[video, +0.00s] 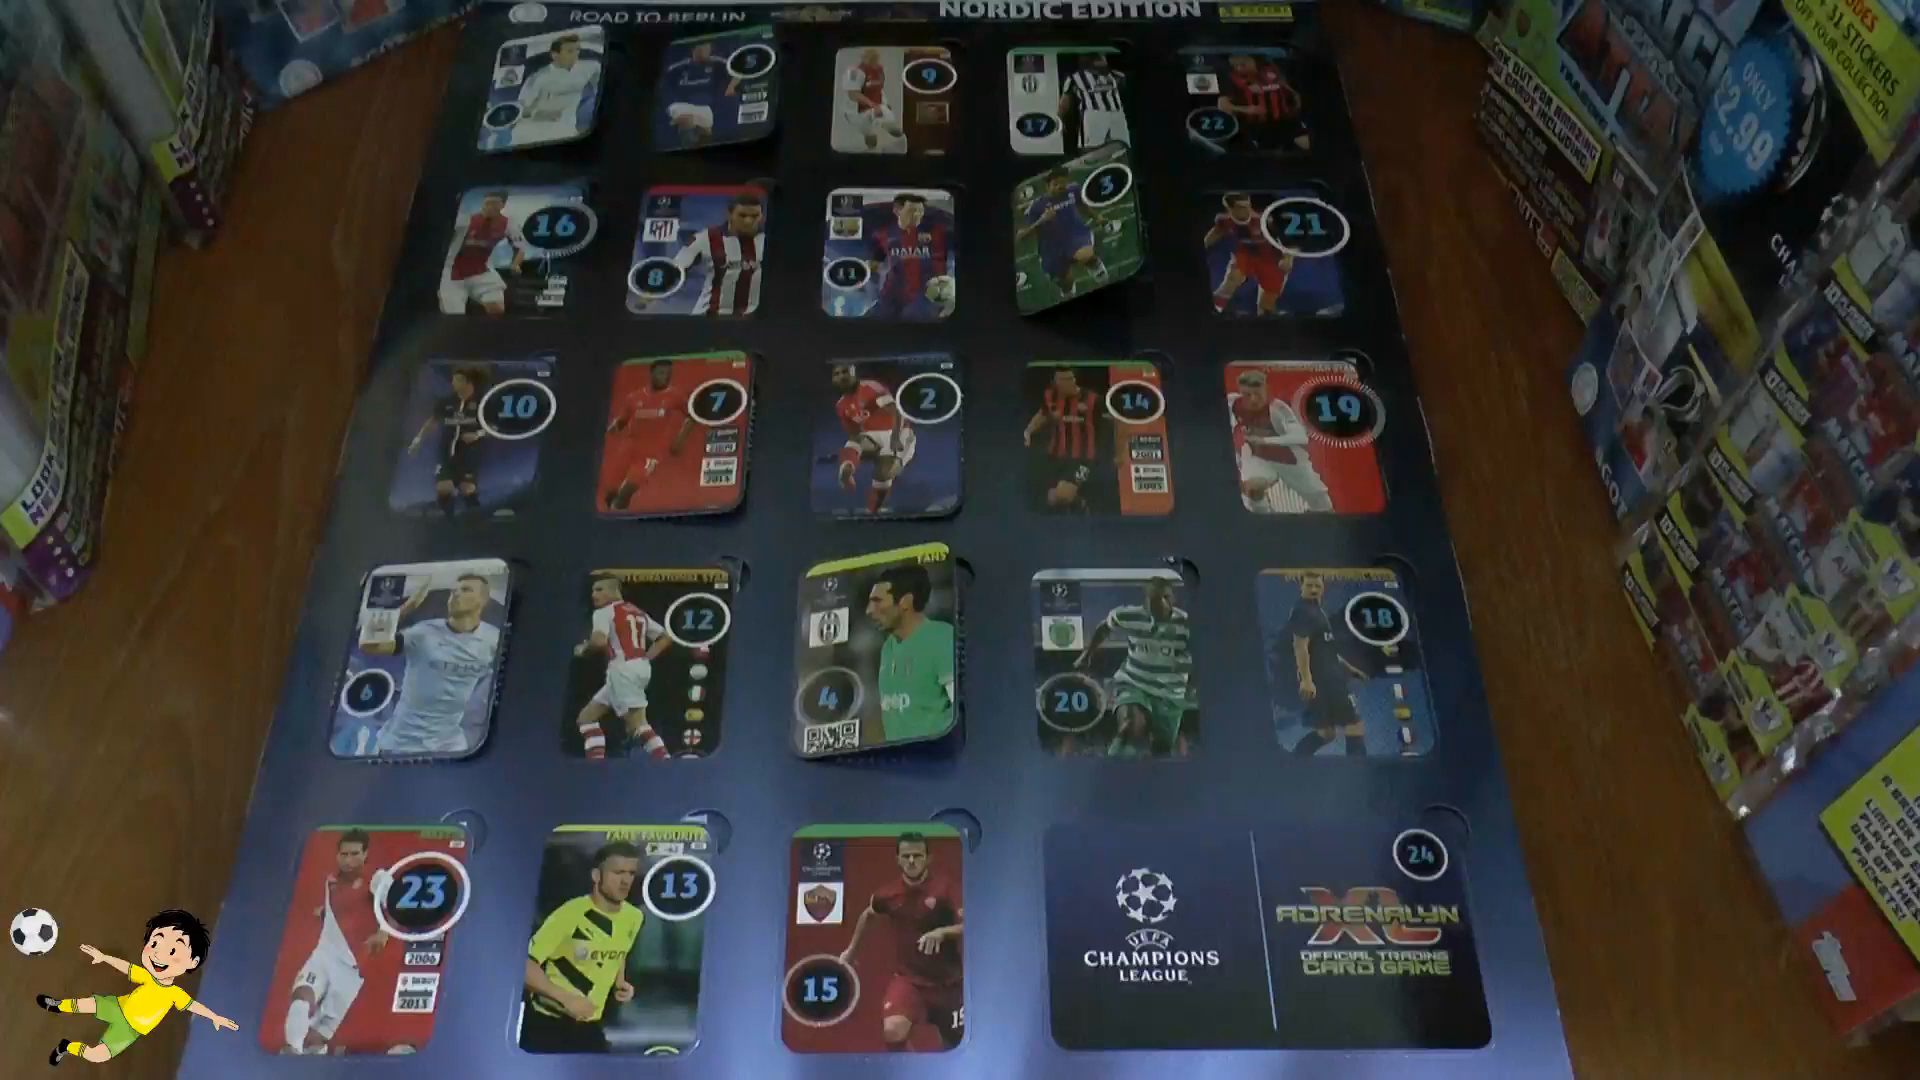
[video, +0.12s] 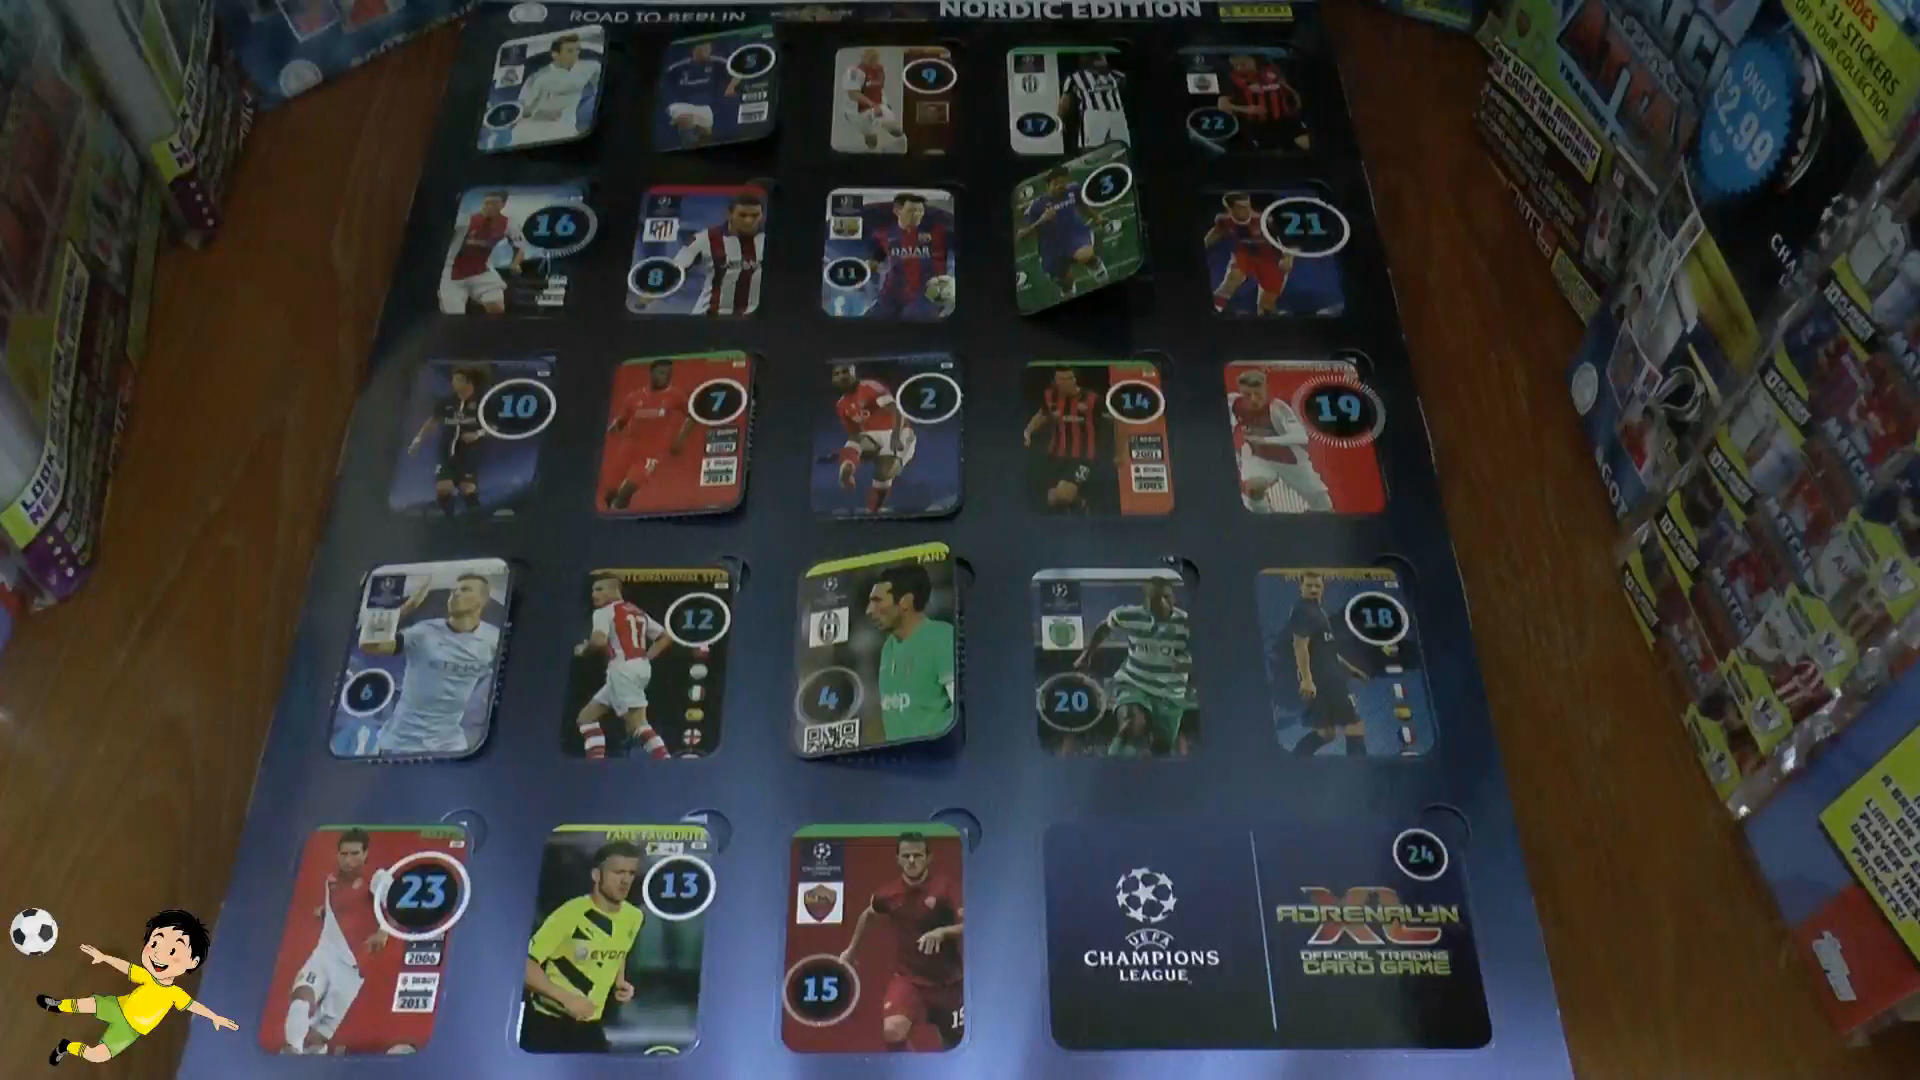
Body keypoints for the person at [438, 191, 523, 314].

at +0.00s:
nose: (489, 207)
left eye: (493, 204)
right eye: (487, 203)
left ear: (502, 206)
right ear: (482, 204)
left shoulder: (505, 224)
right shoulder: (470, 220)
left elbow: (521, 246)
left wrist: (515, 263)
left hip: (480, 270)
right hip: (454, 271)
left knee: (496, 309)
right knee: (454, 319)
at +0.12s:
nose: (487, 207)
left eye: (492, 203)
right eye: (486, 203)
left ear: (502, 205)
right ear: (482, 204)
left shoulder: (506, 224)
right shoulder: (470, 220)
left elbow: (521, 246)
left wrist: (515, 263)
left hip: (481, 270)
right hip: (454, 271)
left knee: (497, 309)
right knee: (454, 320)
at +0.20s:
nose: (488, 207)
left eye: (493, 203)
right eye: (486, 203)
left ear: (502, 205)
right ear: (482, 204)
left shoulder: (505, 224)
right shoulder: (469, 220)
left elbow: (520, 246)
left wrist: (516, 263)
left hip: (481, 270)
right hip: (454, 272)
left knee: (497, 309)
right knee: (454, 320)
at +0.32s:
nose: (489, 207)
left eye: (493, 203)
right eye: (486, 203)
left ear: (502, 205)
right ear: (482, 203)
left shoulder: (506, 224)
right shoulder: (469, 220)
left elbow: (520, 246)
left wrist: (516, 263)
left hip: (481, 270)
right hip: (454, 272)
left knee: (497, 309)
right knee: (454, 320)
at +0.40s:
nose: (489, 207)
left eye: (493, 203)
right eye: (487, 203)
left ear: (503, 205)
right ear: (482, 203)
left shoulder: (506, 224)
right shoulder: (469, 220)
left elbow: (521, 246)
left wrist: (516, 263)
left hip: (481, 270)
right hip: (454, 271)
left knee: (497, 309)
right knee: (454, 320)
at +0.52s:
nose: (489, 207)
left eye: (494, 203)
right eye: (487, 203)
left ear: (503, 205)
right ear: (483, 204)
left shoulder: (507, 224)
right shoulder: (468, 221)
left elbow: (521, 247)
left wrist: (516, 263)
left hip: (481, 270)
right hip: (455, 272)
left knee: (497, 308)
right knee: (455, 320)